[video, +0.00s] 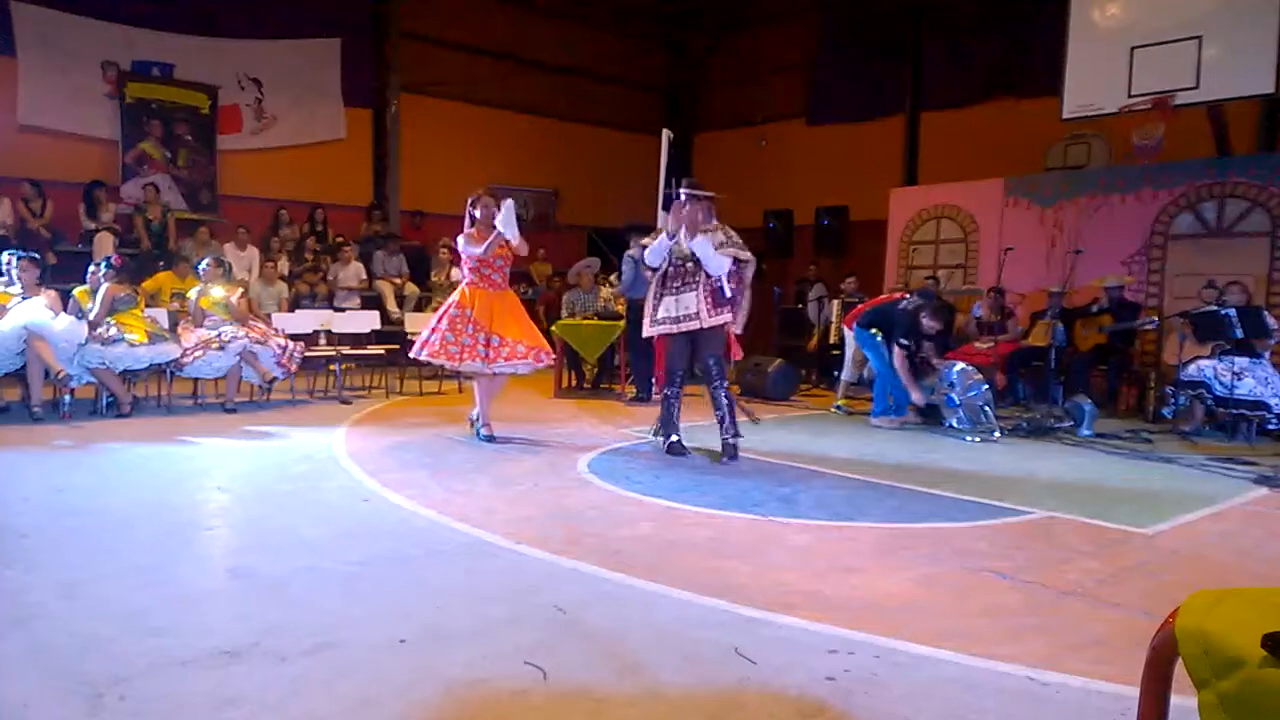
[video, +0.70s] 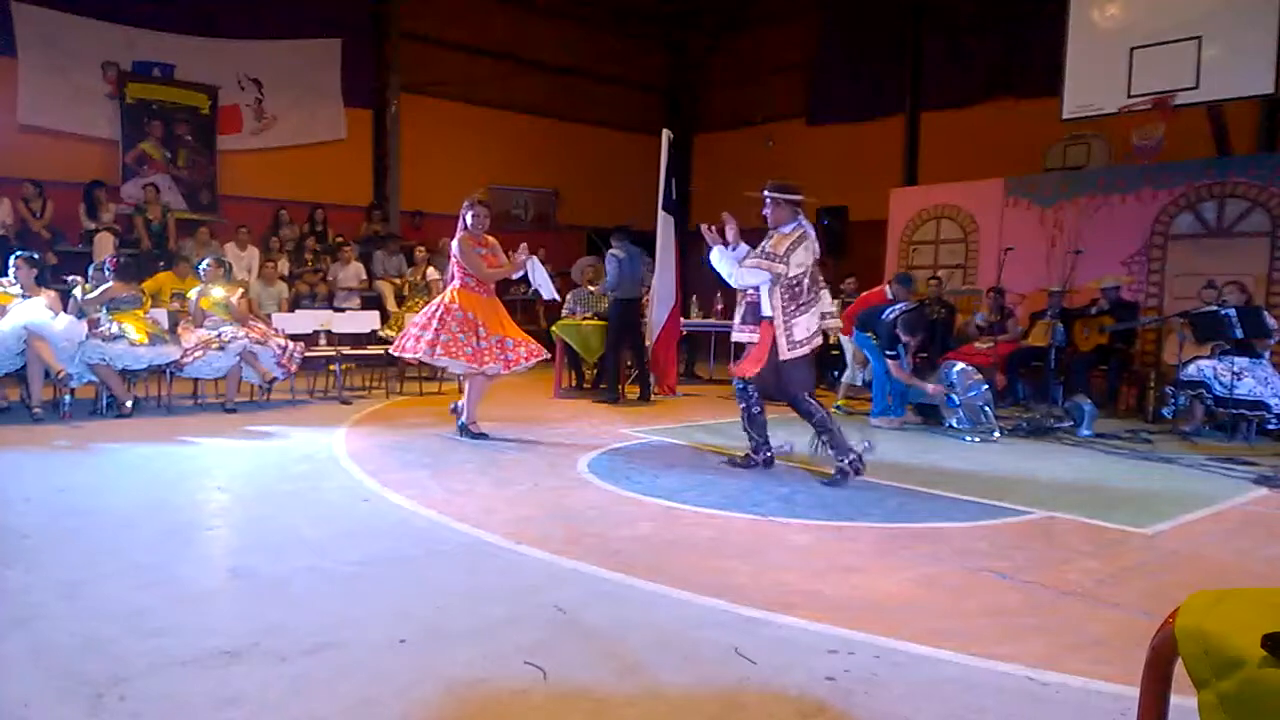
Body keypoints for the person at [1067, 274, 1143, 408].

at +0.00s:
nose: (1113, 293)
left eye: (1117, 289)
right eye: (1110, 289)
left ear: (1122, 290)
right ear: (1105, 291)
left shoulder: (1131, 307)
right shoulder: (1097, 304)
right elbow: (1070, 315)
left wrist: (1111, 306)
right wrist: (1092, 309)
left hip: (1120, 347)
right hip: (1098, 346)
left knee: (1114, 367)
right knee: (1079, 362)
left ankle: (1111, 402)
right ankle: (1081, 398)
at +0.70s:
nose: (1108, 294)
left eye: (1112, 290)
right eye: (1105, 290)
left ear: (1118, 291)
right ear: (1101, 292)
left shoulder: (1129, 307)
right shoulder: (1095, 304)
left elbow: (1129, 318)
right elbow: (1074, 315)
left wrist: (1108, 308)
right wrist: (1093, 310)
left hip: (1119, 347)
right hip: (1098, 346)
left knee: (1115, 366)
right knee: (1079, 362)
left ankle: (1111, 403)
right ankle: (1081, 398)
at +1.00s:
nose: (1099, 296)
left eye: (1103, 292)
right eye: (1097, 292)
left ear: (1111, 291)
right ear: (1095, 293)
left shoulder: (1124, 306)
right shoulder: (1092, 305)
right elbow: (1075, 316)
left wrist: (1101, 311)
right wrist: (1059, 311)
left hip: (1118, 348)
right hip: (1098, 347)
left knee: (1115, 366)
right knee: (1078, 362)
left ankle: (1111, 403)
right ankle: (1082, 400)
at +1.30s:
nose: (1094, 296)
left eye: (1097, 292)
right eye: (1092, 292)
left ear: (1106, 292)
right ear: (1091, 293)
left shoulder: (1121, 306)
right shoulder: (1088, 306)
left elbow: (1116, 318)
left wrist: (1094, 315)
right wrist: (1078, 315)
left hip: (1116, 348)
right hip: (1096, 347)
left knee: (1114, 366)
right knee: (1077, 363)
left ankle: (1111, 404)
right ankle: (1083, 400)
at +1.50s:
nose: (1093, 296)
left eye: (1096, 293)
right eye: (1091, 293)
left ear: (1105, 292)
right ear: (1090, 293)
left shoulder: (1120, 306)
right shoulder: (1087, 306)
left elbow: (1116, 318)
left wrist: (1093, 315)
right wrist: (1077, 315)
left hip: (1116, 349)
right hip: (1096, 348)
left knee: (1113, 366)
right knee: (1078, 363)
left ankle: (1111, 404)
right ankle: (1083, 400)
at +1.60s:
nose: (1093, 296)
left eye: (1096, 293)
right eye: (1091, 293)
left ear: (1105, 292)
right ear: (1090, 293)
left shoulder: (1120, 306)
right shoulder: (1087, 307)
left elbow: (1116, 318)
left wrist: (1093, 315)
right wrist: (1077, 315)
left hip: (1116, 349)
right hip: (1096, 348)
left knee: (1113, 366)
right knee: (1078, 363)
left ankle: (1111, 404)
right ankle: (1083, 400)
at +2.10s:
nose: (1095, 296)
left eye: (1098, 292)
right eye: (1093, 292)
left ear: (1106, 292)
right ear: (1091, 293)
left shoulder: (1121, 306)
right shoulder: (1088, 306)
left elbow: (1117, 318)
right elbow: (1069, 316)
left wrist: (1094, 316)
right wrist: (1077, 315)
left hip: (1117, 349)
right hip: (1096, 347)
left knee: (1114, 366)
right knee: (1077, 363)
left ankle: (1111, 404)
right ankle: (1084, 400)